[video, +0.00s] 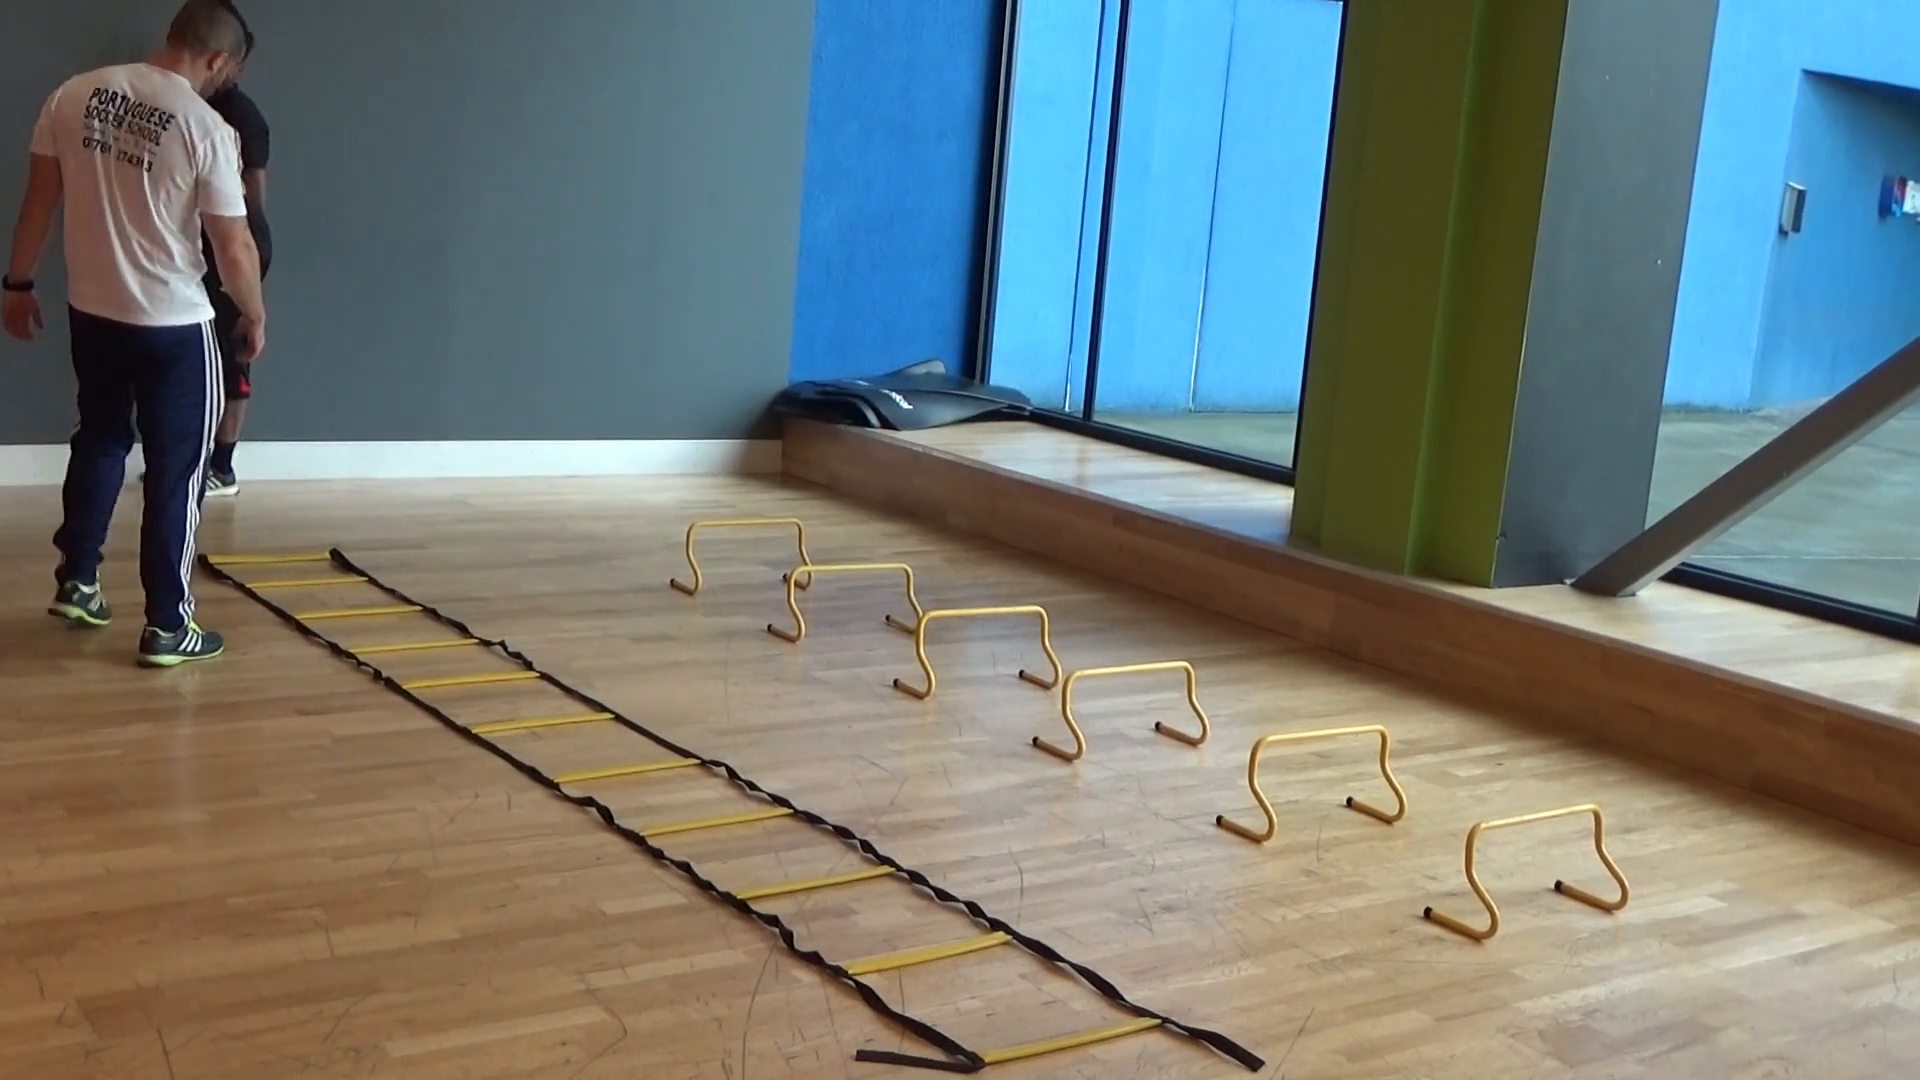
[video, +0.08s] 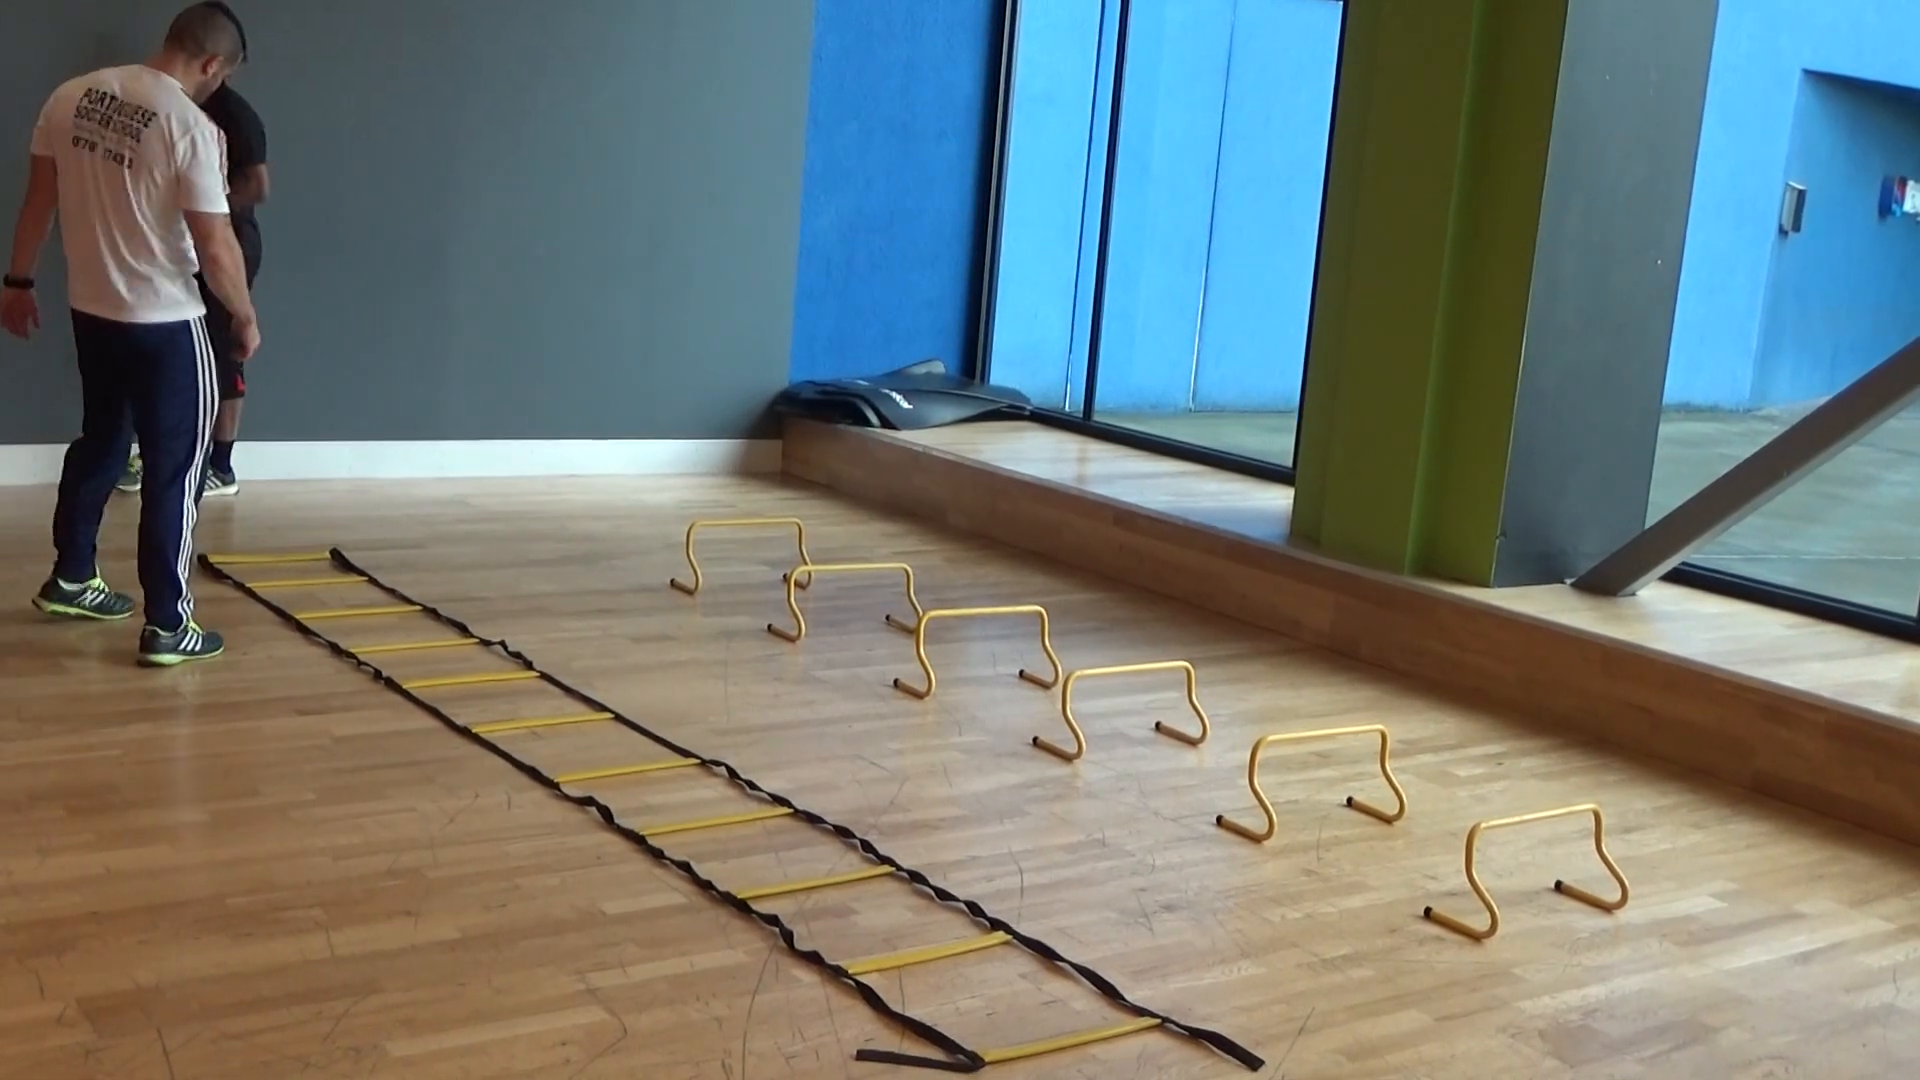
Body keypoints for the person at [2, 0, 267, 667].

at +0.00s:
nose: (222, 81)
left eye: (226, 72)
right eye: (227, 71)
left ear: (167, 38)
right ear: (214, 61)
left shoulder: (72, 93)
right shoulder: (208, 132)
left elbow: (39, 200)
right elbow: (232, 246)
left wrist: (17, 282)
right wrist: (255, 315)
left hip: (94, 317)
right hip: (174, 327)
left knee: (100, 439)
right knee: (175, 472)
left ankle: (77, 578)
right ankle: (169, 625)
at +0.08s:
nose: (215, 87)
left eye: (219, 77)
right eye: (220, 76)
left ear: (165, 42)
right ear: (209, 64)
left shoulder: (70, 95)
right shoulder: (193, 130)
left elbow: (38, 199)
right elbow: (213, 245)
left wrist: (18, 279)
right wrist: (246, 317)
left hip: (93, 316)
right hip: (166, 326)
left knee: (100, 443)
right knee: (173, 472)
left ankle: (72, 578)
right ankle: (169, 624)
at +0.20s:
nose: (201, 93)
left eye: (207, 82)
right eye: (206, 80)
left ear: (152, 45)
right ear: (190, 64)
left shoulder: (59, 98)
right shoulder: (156, 121)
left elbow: (41, 201)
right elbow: (177, 237)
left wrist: (40, 279)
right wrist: (225, 321)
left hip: (82, 314)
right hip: (149, 319)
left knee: (93, 442)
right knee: (172, 462)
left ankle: (66, 584)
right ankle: (168, 620)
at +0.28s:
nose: (188, 93)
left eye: (194, 82)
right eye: (193, 80)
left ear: (145, 44)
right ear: (177, 60)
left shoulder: (63, 92)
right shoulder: (136, 111)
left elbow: (64, 204)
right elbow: (147, 226)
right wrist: (196, 319)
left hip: (66, 301)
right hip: (127, 305)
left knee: (81, 439)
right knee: (171, 449)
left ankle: (63, 586)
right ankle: (166, 610)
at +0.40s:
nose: (182, 89)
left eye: (188, 79)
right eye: (184, 75)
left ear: (145, 49)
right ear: (160, 55)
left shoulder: (73, 86)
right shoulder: (108, 97)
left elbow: (78, 203)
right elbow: (100, 208)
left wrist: (124, 285)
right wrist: (132, 305)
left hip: (46, 293)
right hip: (88, 295)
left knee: (60, 438)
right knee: (163, 424)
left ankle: (58, 582)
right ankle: (118, 579)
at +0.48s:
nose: (173, 86)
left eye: (179, 76)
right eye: (172, 71)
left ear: (136, 50)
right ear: (140, 47)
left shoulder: (86, 92)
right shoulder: (90, 92)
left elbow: (87, 199)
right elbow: (70, 195)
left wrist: (132, 257)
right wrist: (93, 296)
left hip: (52, 289)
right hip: (71, 292)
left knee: (60, 431)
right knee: (151, 421)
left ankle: (56, 578)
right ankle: (63, 557)